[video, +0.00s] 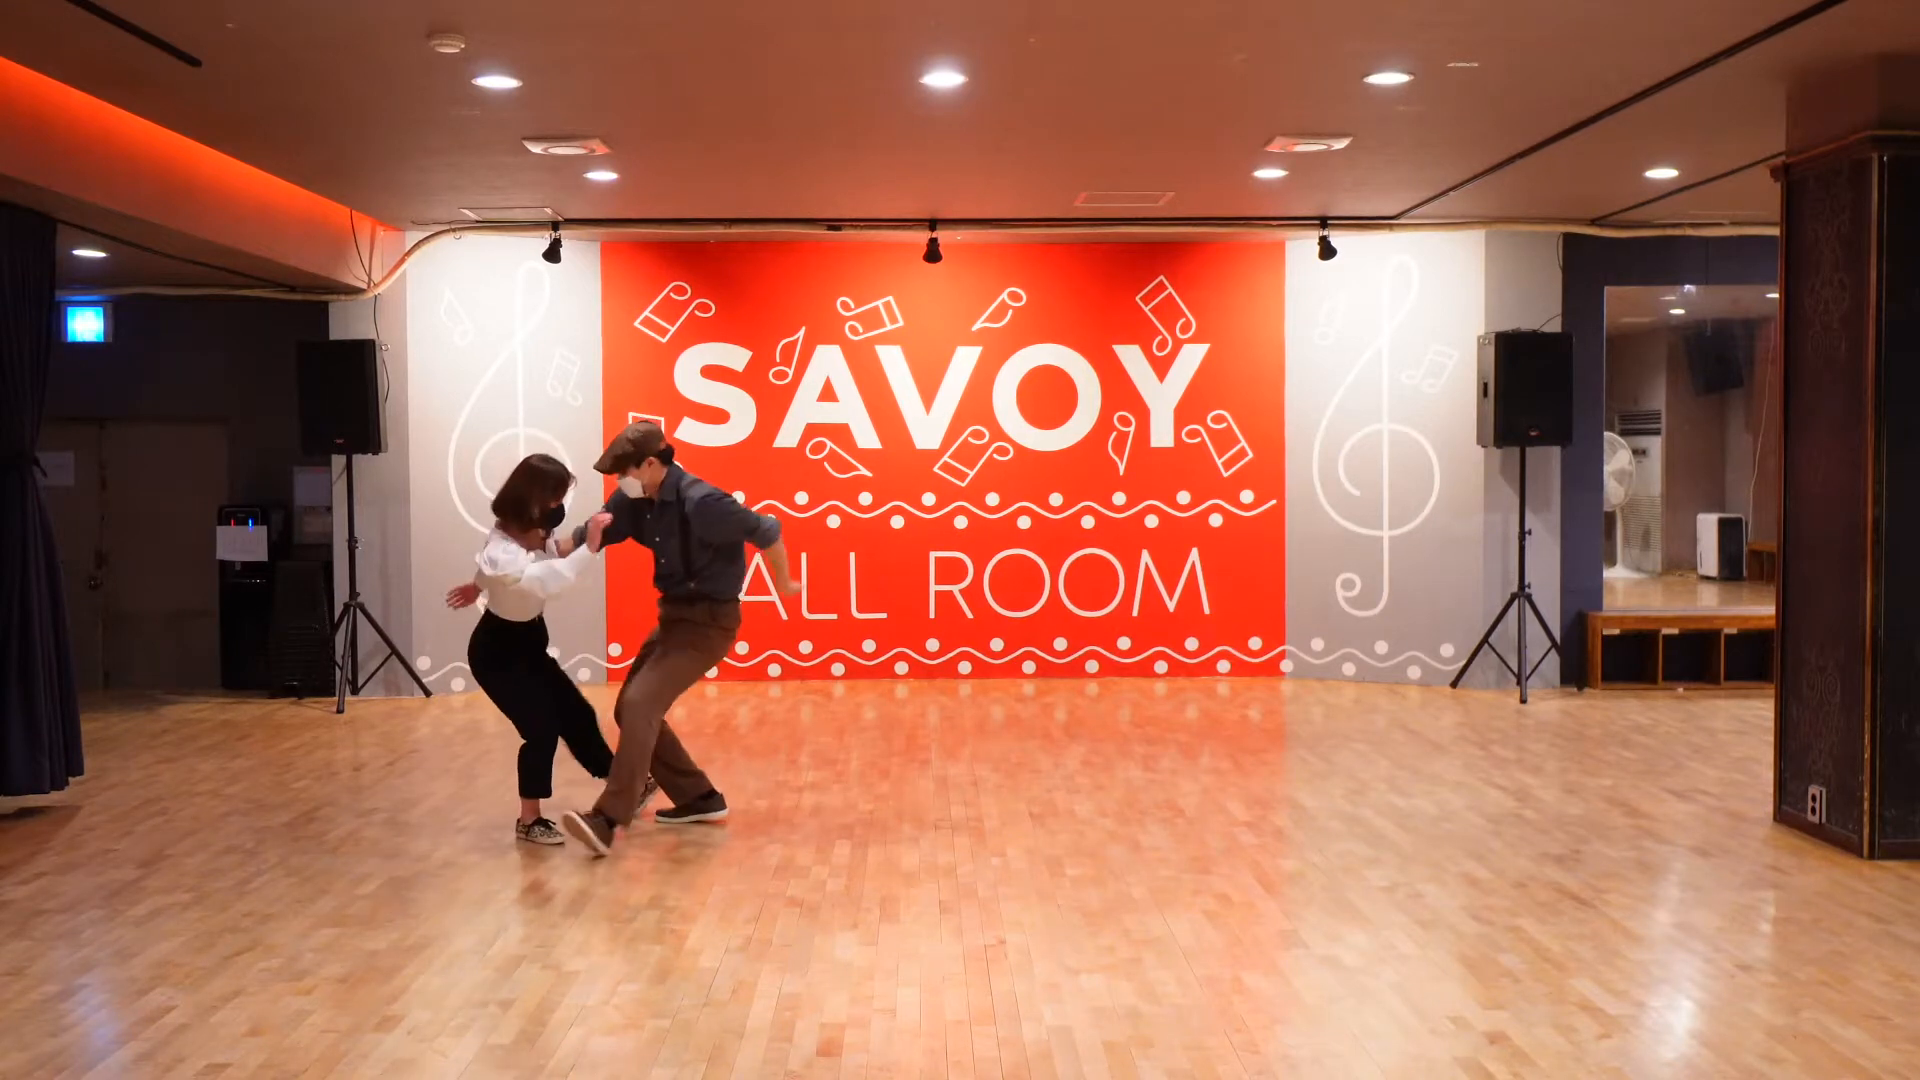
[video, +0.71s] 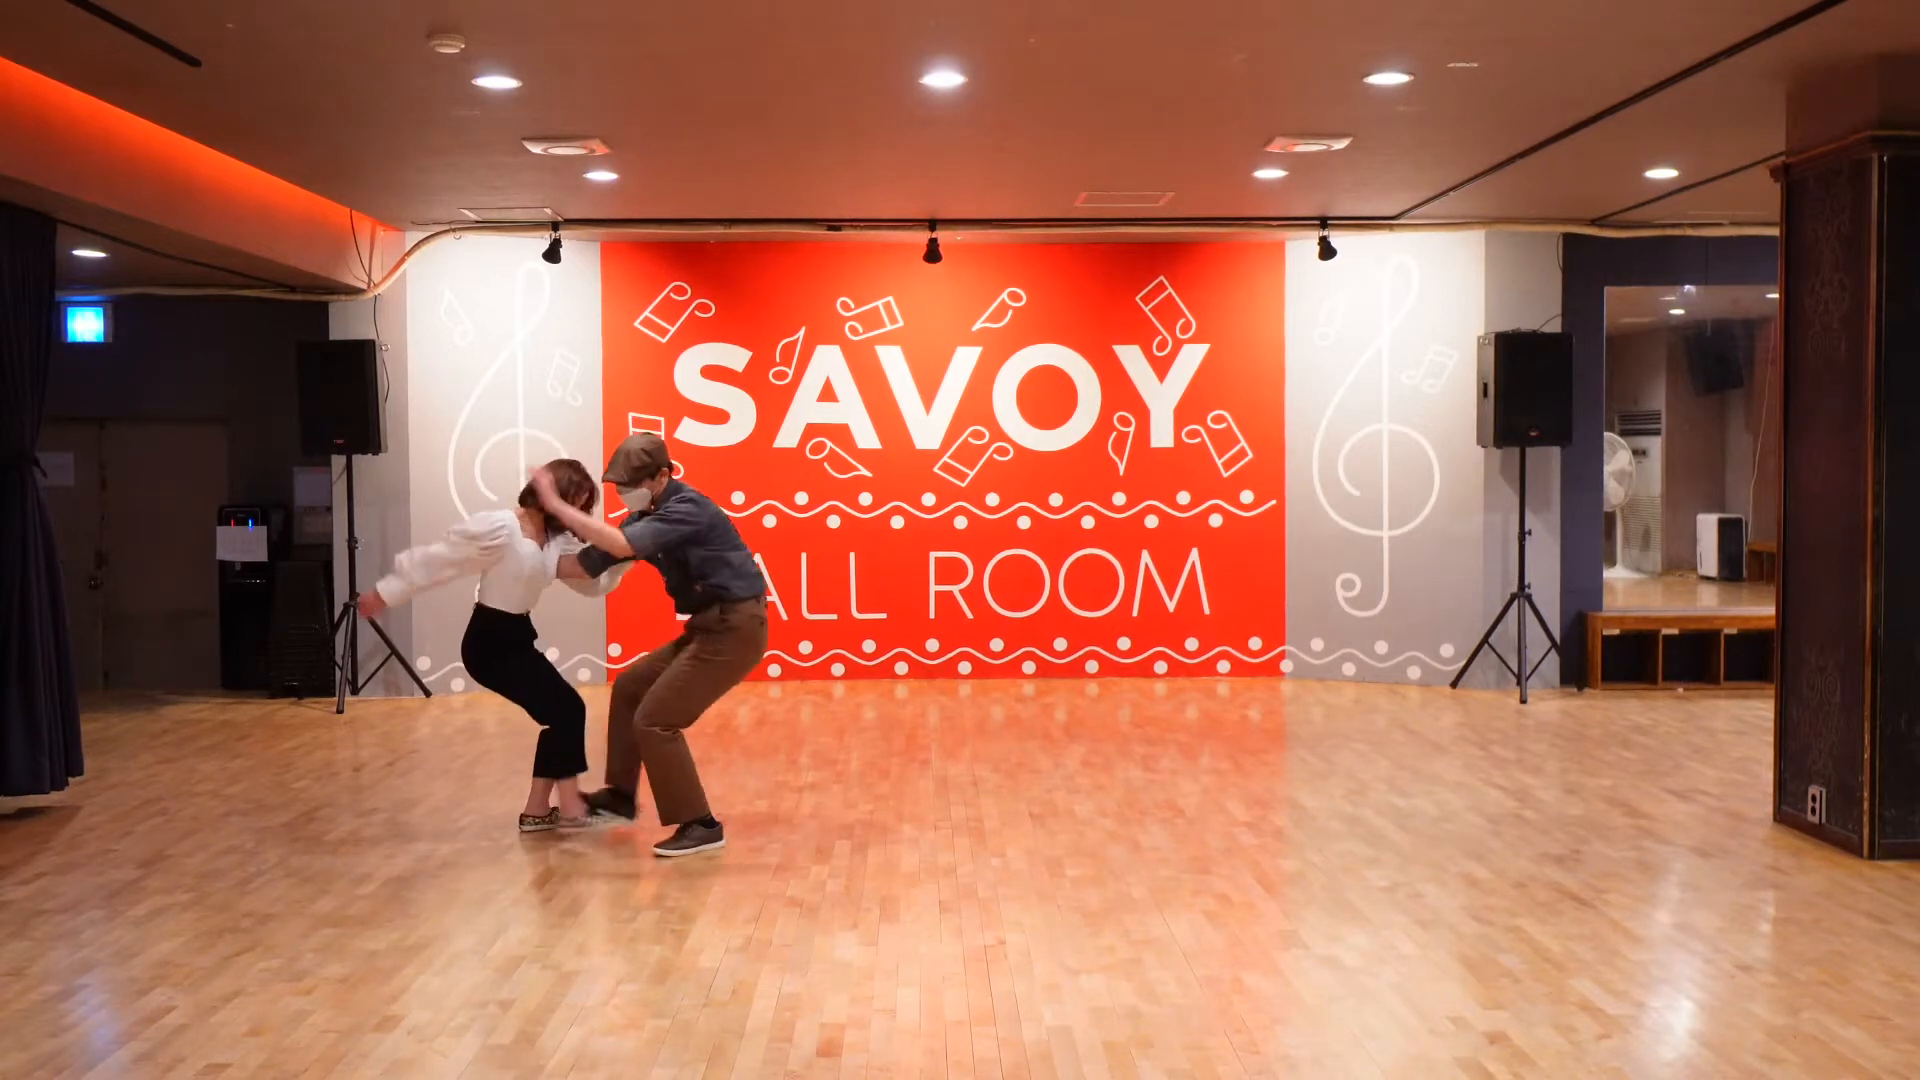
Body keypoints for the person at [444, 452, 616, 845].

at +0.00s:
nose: (560, 508)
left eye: (562, 500)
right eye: (555, 501)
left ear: (526, 499)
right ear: (534, 502)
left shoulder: (533, 534)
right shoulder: (502, 556)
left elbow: (559, 546)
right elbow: (543, 580)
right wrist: (587, 550)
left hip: (529, 647)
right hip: (495, 654)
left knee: (578, 716)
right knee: (540, 727)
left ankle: (623, 783)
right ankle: (529, 820)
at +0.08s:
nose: (564, 509)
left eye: (565, 500)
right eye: (559, 501)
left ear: (534, 500)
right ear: (538, 502)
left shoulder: (539, 536)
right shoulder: (500, 549)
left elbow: (527, 573)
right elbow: (543, 587)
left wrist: (487, 592)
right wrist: (594, 571)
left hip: (527, 643)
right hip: (492, 649)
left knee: (587, 698)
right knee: (539, 726)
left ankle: (609, 799)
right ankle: (529, 819)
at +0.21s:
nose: (568, 505)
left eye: (570, 497)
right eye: (564, 498)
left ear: (538, 493)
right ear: (543, 495)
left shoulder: (540, 532)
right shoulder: (503, 543)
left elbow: (546, 566)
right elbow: (514, 609)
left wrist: (593, 554)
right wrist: (553, 661)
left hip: (523, 636)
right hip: (490, 645)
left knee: (584, 702)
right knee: (544, 723)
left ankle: (554, 792)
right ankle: (529, 820)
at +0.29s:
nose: (572, 500)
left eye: (575, 492)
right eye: (568, 492)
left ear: (540, 489)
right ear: (547, 488)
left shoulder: (549, 534)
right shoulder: (504, 539)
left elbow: (545, 600)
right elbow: (492, 616)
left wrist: (559, 642)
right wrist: (473, 675)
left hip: (530, 639)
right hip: (500, 643)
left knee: (574, 716)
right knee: (551, 722)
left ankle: (541, 807)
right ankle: (531, 817)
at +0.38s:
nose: (573, 503)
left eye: (576, 495)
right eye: (570, 494)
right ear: (550, 491)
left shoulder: (551, 540)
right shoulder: (498, 534)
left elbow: (554, 600)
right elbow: (460, 595)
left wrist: (598, 615)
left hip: (526, 639)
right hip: (493, 642)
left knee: (572, 714)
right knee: (563, 712)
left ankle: (542, 805)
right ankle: (539, 809)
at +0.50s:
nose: (576, 509)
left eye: (578, 503)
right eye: (574, 501)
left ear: (539, 488)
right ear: (559, 498)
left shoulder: (554, 541)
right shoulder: (497, 525)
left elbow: (587, 589)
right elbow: (434, 549)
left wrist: (621, 561)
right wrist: (378, 577)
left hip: (522, 642)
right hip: (491, 645)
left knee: (564, 713)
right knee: (566, 712)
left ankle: (537, 809)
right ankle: (603, 804)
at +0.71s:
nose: (583, 516)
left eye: (585, 508)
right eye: (581, 505)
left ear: (551, 496)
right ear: (561, 500)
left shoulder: (556, 541)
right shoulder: (502, 528)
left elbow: (592, 583)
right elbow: (439, 559)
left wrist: (627, 551)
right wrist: (384, 594)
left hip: (519, 641)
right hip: (488, 644)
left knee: (561, 711)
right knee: (568, 706)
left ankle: (537, 810)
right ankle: (573, 808)